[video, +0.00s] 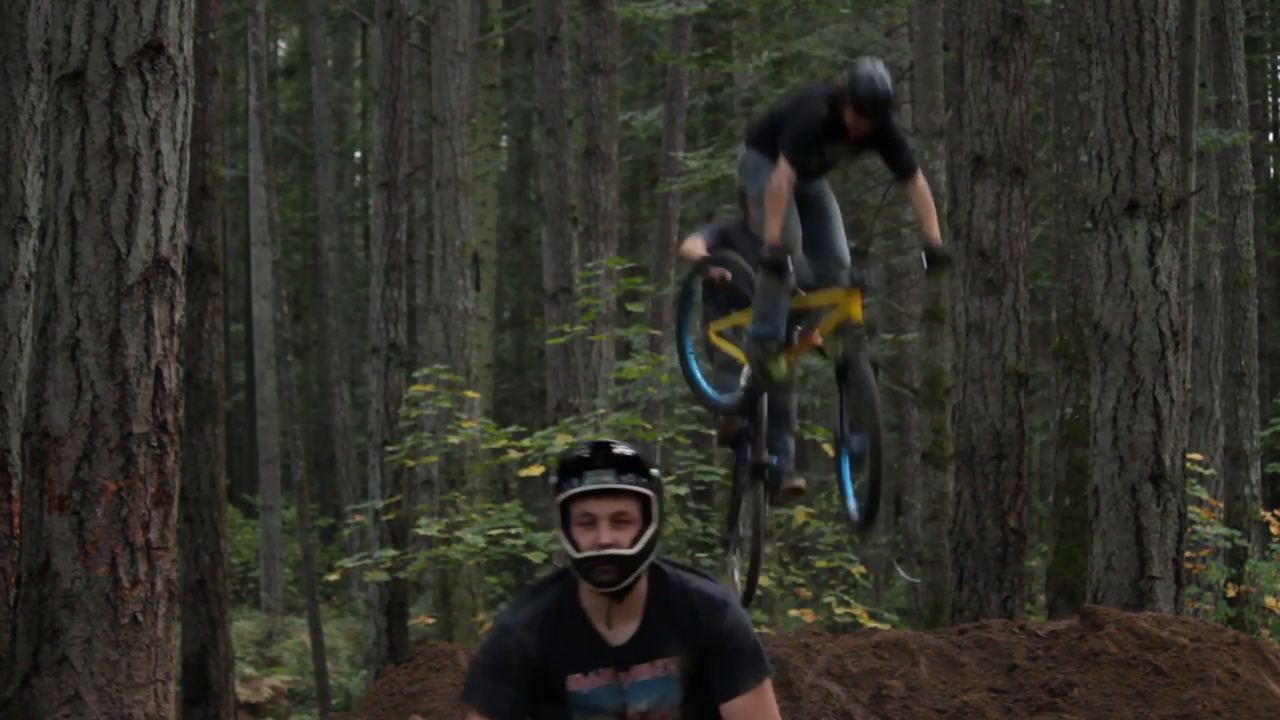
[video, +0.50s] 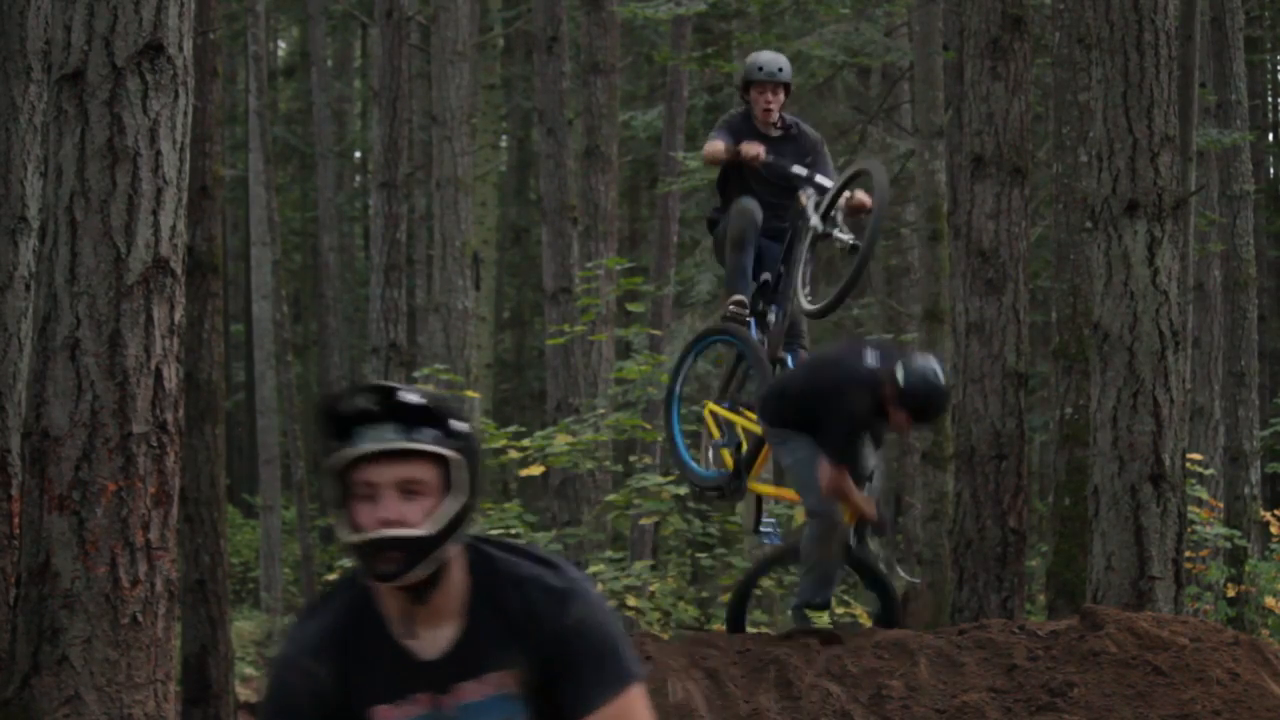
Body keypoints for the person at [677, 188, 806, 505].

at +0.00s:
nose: (763, 211)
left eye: (769, 204)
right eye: (757, 203)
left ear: (782, 208)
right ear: (746, 205)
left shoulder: (786, 247)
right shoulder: (729, 234)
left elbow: (806, 293)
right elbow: (690, 245)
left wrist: (809, 330)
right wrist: (709, 264)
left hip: (775, 339)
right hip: (729, 333)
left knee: (782, 406)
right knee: (733, 369)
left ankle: (783, 474)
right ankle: (729, 419)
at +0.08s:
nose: (755, 180)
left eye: (762, 174)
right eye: (750, 172)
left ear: (775, 178)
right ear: (742, 174)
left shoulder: (785, 220)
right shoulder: (729, 207)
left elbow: (798, 265)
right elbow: (691, 229)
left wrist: (803, 289)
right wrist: (711, 244)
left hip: (770, 306)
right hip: (730, 299)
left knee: (779, 377)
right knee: (729, 322)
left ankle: (783, 457)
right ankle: (730, 383)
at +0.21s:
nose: (763, 141)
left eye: (770, 133)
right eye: (756, 133)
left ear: (779, 139)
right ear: (744, 139)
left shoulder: (792, 188)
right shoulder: (730, 173)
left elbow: (807, 223)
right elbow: (694, 196)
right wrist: (715, 213)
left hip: (774, 272)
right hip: (731, 267)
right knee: (736, 292)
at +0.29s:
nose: (764, 116)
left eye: (771, 109)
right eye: (756, 109)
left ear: (781, 114)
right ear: (744, 114)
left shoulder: (800, 164)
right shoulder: (729, 149)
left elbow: (815, 218)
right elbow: (700, 174)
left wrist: (828, 240)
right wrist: (720, 189)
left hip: (780, 251)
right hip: (733, 248)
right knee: (742, 269)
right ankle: (739, 347)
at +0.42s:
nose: (765, 108)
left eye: (772, 101)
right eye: (758, 100)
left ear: (782, 105)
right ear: (745, 105)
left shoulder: (801, 152)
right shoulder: (732, 137)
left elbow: (820, 205)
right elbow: (703, 166)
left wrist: (835, 223)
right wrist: (724, 180)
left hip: (779, 245)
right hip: (734, 238)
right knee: (743, 257)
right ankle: (737, 340)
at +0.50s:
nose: (769, 99)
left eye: (776, 92)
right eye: (761, 91)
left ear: (786, 95)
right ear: (747, 94)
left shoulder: (807, 140)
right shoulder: (734, 124)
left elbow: (829, 191)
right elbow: (710, 152)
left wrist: (851, 200)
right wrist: (737, 153)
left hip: (783, 244)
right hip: (736, 236)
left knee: (792, 330)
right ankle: (738, 298)